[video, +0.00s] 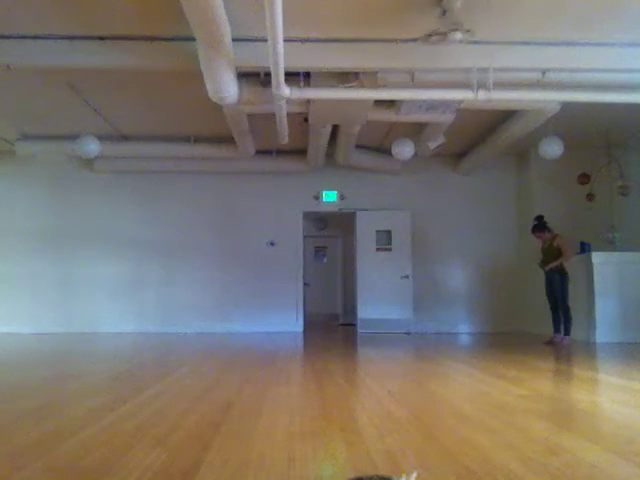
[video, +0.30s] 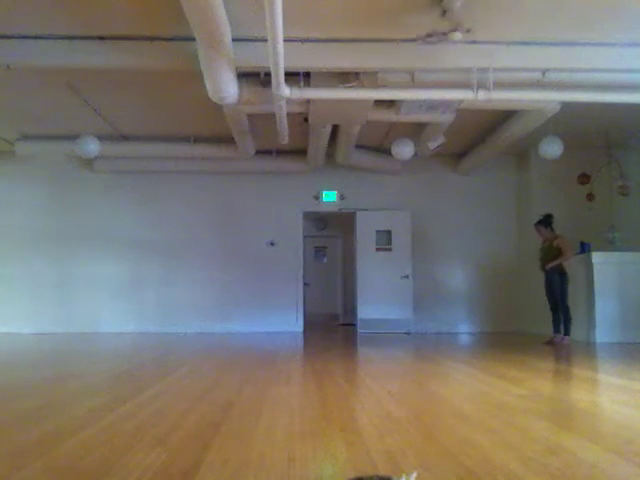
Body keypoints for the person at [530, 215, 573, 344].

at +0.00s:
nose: (539, 239)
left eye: (539, 236)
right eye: (537, 237)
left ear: (545, 232)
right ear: (539, 235)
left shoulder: (558, 240)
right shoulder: (545, 243)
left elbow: (567, 255)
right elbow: (547, 257)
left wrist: (551, 265)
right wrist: (542, 263)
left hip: (560, 273)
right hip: (549, 274)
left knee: (562, 304)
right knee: (553, 304)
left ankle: (566, 335)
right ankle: (557, 334)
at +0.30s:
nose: (539, 233)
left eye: (540, 230)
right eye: (537, 231)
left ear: (547, 228)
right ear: (543, 230)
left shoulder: (559, 240)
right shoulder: (545, 243)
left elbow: (567, 255)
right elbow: (545, 257)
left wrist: (552, 264)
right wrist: (543, 265)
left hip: (559, 274)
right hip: (549, 274)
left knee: (562, 304)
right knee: (553, 305)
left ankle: (566, 335)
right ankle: (557, 334)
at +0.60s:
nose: (540, 233)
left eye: (541, 229)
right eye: (539, 230)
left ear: (548, 228)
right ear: (545, 230)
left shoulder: (559, 241)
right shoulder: (545, 242)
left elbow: (567, 255)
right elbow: (543, 257)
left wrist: (552, 263)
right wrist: (542, 265)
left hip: (558, 274)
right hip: (548, 274)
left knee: (561, 304)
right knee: (552, 305)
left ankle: (566, 335)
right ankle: (556, 334)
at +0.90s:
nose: (541, 232)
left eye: (543, 229)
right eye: (540, 229)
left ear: (550, 228)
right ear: (542, 230)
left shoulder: (558, 240)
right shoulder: (545, 242)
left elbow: (566, 255)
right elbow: (544, 256)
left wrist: (552, 264)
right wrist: (542, 265)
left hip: (558, 273)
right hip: (548, 273)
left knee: (561, 304)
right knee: (552, 305)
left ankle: (566, 335)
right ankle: (556, 334)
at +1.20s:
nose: (542, 231)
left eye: (543, 228)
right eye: (540, 228)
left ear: (551, 227)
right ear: (543, 229)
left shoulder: (559, 240)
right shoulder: (546, 241)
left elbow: (567, 255)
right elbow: (546, 255)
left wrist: (552, 264)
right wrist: (543, 264)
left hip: (558, 273)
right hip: (549, 273)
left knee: (561, 304)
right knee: (553, 305)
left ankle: (566, 335)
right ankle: (556, 334)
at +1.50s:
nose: (542, 231)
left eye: (544, 228)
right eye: (541, 228)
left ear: (551, 228)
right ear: (544, 229)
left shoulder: (559, 240)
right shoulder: (547, 241)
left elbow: (568, 254)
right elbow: (546, 255)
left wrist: (553, 264)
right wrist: (543, 264)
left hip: (559, 273)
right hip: (549, 273)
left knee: (561, 304)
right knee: (553, 305)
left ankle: (566, 335)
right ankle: (556, 334)